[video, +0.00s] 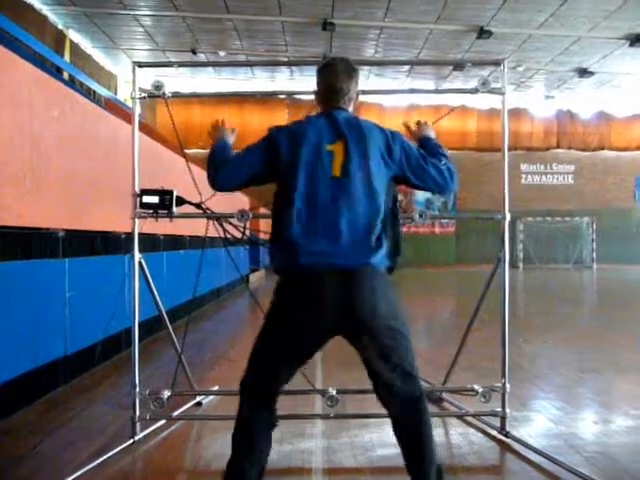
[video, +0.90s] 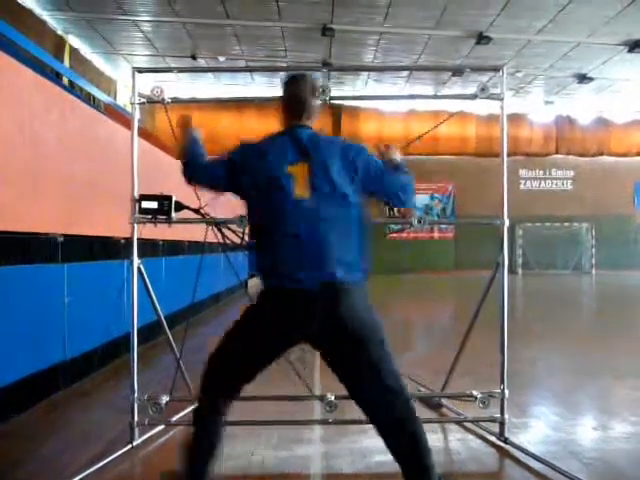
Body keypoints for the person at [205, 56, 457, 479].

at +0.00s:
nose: (338, 97)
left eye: (322, 90)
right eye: (350, 91)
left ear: (316, 94)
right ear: (356, 95)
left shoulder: (289, 139)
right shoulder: (381, 140)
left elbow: (223, 177)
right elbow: (443, 181)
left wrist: (222, 143)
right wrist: (427, 141)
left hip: (303, 290)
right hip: (367, 289)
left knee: (258, 390)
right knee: (404, 393)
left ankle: (243, 476)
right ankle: (428, 475)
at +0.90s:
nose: (306, 109)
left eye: (295, 100)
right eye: (315, 101)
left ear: (282, 107)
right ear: (319, 109)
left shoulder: (256, 158)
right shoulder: (345, 154)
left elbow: (200, 173)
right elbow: (403, 195)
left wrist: (193, 146)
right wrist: (397, 166)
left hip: (282, 301)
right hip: (343, 301)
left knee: (220, 379)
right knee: (387, 397)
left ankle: (196, 472)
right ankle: (423, 474)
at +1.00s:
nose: (276, 119)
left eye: (264, 114)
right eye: (276, 115)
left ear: (241, 121)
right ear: (276, 122)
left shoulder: (222, 159)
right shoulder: (296, 166)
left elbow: (190, 141)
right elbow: (343, 221)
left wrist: (165, 110)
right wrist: (374, 202)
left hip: (254, 296)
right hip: (306, 294)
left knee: (196, 392)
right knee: (368, 389)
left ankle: (150, 471)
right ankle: (417, 471)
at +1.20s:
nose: (284, 147)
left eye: (283, 139)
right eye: (281, 140)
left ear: (242, 145)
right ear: (272, 144)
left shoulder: (210, 187)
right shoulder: (289, 188)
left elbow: (169, 194)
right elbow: (312, 247)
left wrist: (162, 159)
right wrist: (365, 231)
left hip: (229, 314)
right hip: (282, 316)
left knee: (171, 395)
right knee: (347, 400)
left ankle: (141, 472)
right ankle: (377, 472)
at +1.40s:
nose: (337, 121)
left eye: (336, 114)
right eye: (336, 114)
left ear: (295, 114)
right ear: (329, 116)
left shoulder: (266, 150)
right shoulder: (344, 152)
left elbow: (228, 141)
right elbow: (398, 193)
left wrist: (266, 120)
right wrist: (400, 161)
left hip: (287, 287)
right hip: (336, 286)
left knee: (240, 374)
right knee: (370, 358)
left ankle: (233, 472)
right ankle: (358, 461)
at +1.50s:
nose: (365, 110)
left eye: (361, 103)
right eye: (364, 104)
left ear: (325, 105)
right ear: (360, 106)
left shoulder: (293, 135)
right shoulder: (369, 145)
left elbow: (242, 116)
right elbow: (436, 175)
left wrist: (257, 81)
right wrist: (438, 148)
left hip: (298, 278)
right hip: (351, 279)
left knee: (264, 373)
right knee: (415, 358)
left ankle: (235, 469)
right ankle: (423, 448)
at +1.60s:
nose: (399, 113)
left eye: (393, 106)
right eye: (402, 108)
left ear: (373, 115)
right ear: (407, 117)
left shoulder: (343, 145)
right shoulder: (424, 151)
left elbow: (285, 163)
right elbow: (463, 140)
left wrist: (245, 144)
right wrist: (481, 104)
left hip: (331, 282)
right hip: (383, 286)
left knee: (267, 371)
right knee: (440, 387)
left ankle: (199, 464)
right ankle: (489, 469)